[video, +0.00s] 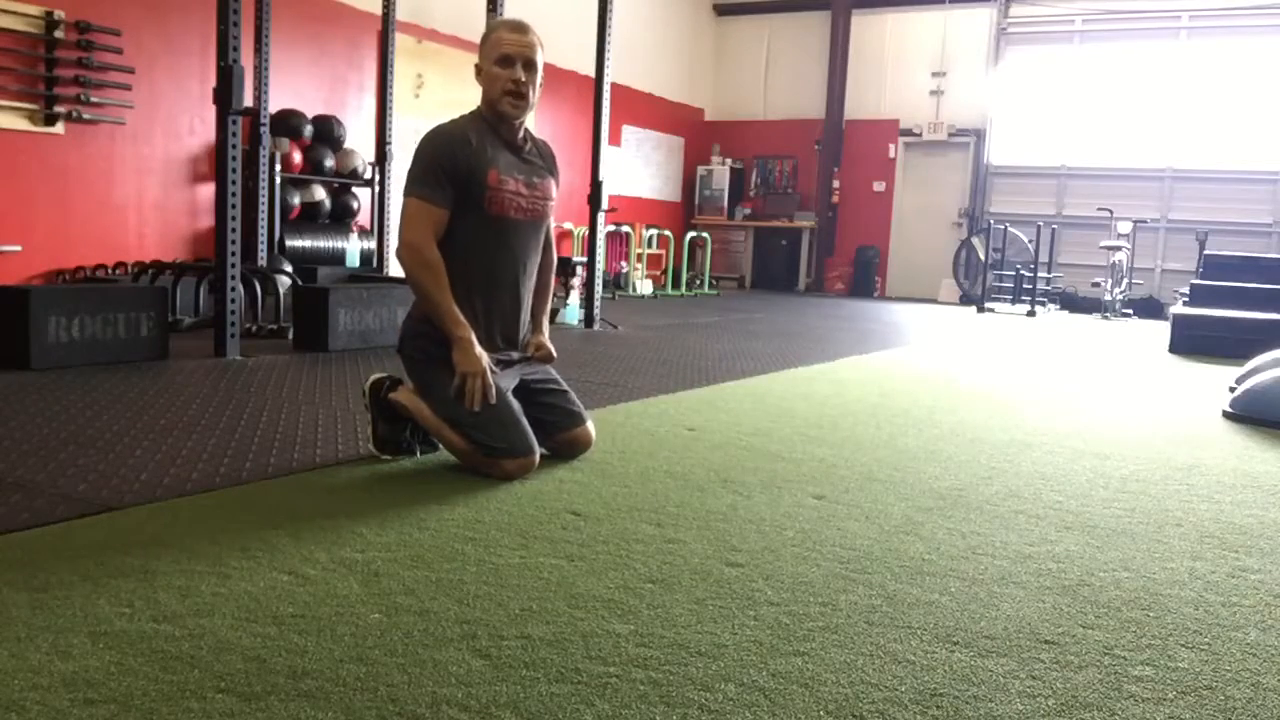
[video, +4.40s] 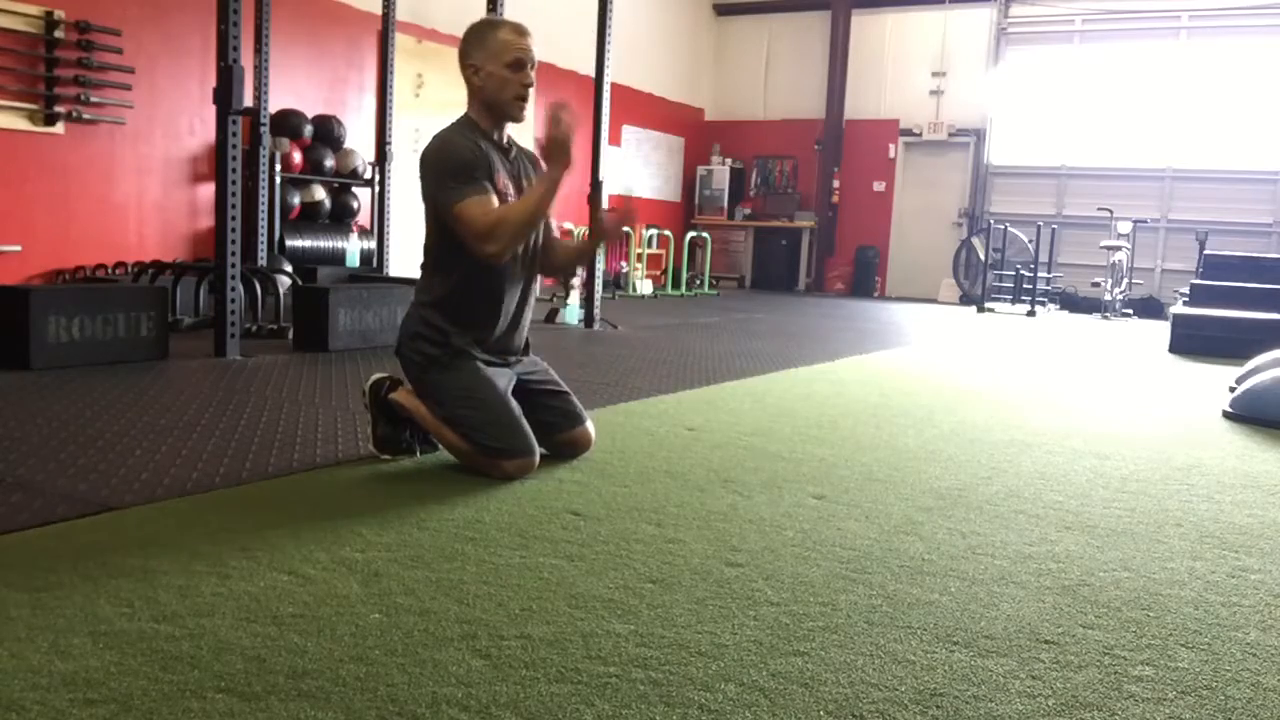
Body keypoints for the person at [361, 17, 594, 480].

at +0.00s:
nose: (519, 76)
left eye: (529, 66)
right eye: (505, 63)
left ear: (540, 78)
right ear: (480, 71)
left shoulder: (543, 157)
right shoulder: (448, 144)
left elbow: (545, 247)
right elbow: (414, 246)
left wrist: (539, 329)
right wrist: (463, 336)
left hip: (514, 345)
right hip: (448, 346)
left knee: (574, 439)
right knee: (515, 463)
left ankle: (442, 412)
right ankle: (399, 399)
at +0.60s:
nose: (523, 84)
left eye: (535, 73)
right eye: (509, 70)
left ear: (548, 81)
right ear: (485, 73)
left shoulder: (548, 158)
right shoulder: (454, 148)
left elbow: (552, 246)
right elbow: (432, 251)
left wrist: (543, 321)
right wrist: (523, 301)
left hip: (514, 343)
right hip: (450, 346)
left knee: (574, 439)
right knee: (515, 462)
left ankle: (444, 413)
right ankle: (399, 399)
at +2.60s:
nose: (572, 95)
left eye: (577, 83)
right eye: (558, 80)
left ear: (582, 87)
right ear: (518, 75)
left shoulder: (566, 172)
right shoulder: (473, 156)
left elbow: (562, 257)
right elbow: (441, 265)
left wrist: (564, 333)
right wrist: (490, 354)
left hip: (509, 341)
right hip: (447, 344)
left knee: (574, 439)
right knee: (515, 463)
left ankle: (446, 410)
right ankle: (399, 399)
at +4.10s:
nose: (531, 79)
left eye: (536, 68)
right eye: (517, 64)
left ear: (540, 77)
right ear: (478, 71)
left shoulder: (537, 163)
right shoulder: (454, 151)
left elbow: (545, 257)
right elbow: (452, 253)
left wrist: (569, 343)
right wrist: (539, 302)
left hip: (506, 345)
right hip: (446, 347)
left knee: (574, 440)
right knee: (514, 462)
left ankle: (444, 411)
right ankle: (399, 400)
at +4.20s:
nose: (529, 79)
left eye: (532, 68)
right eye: (515, 65)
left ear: (535, 75)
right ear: (474, 71)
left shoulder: (531, 162)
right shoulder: (451, 150)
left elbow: (541, 261)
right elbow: (464, 253)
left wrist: (575, 337)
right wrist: (562, 252)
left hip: (507, 346)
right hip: (446, 349)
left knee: (575, 440)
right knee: (514, 463)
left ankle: (447, 406)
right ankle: (399, 399)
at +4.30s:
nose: (528, 78)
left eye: (531, 66)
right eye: (513, 65)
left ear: (534, 73)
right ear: (472, 71)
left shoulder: (528, 162)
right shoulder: (450, 150)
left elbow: (540, 252)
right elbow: (481, 246)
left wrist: (583, 304)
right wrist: (568, 198)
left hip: (508, 347)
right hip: (447, 349)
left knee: (573, 439)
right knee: (514, 463)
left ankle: (443, 410)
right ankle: (398, 399)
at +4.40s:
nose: (530, 80)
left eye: (532, 68)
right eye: (517, 66)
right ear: (474, 73)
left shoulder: (528, 161)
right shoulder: (452, 149)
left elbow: (546, 256)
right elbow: (490, 239)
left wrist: (594, 242)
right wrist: (553, 172)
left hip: (509, 347)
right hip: (447, 350)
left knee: (574, 439)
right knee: (514, 462)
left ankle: (442, 409)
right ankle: (400, 400)